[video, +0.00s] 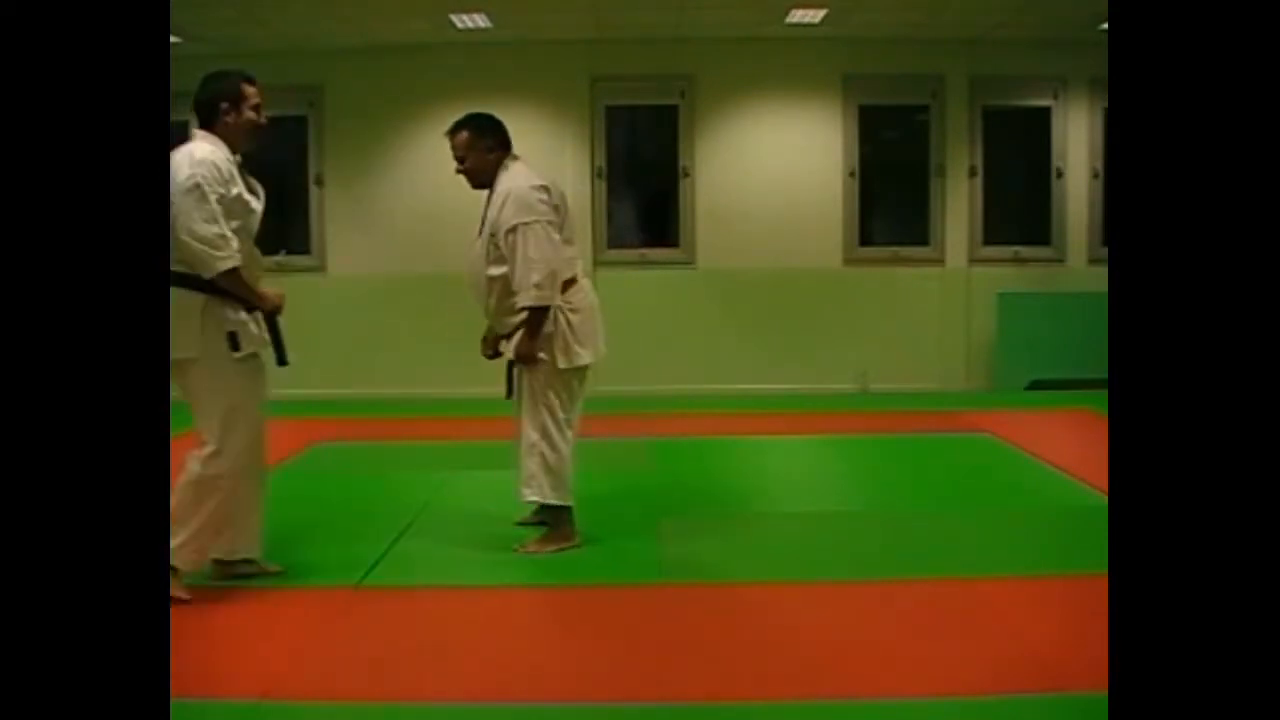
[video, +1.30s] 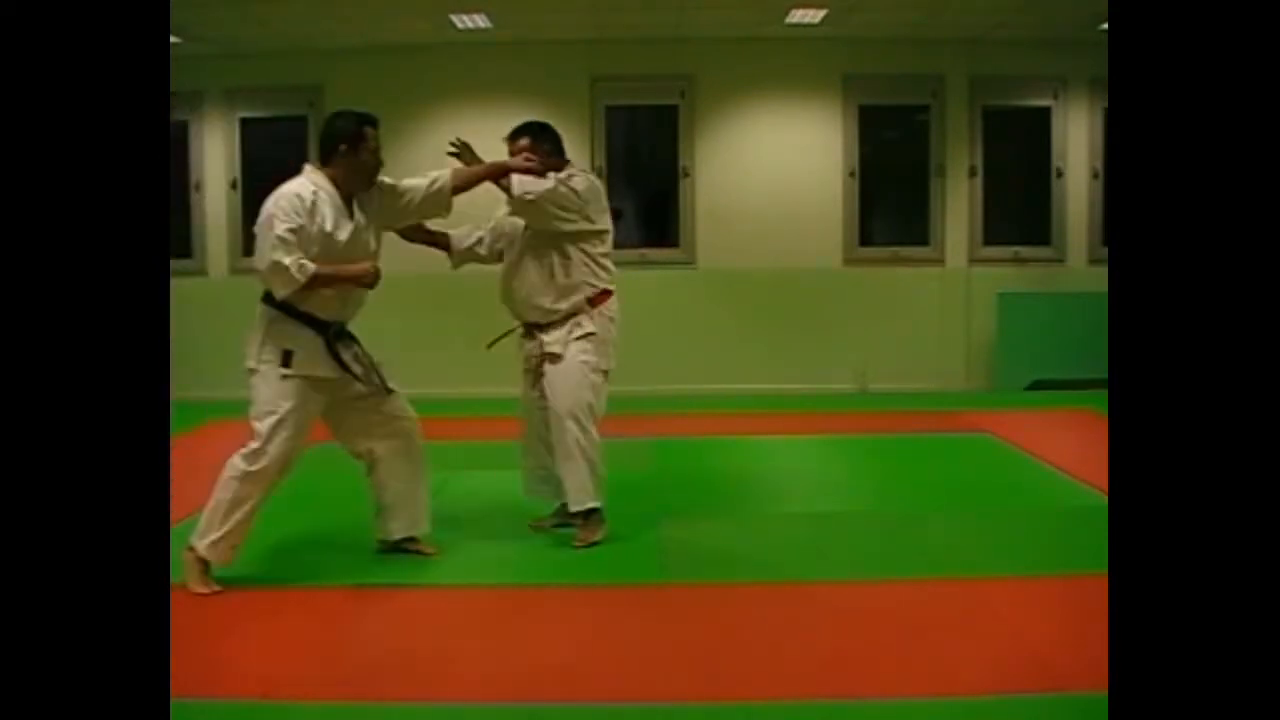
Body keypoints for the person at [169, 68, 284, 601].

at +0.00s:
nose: (262, 116)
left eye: (260, 107)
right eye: (254, 108)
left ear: (225, 114)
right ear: (225, 113)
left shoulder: (220, 163)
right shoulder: (196, 165)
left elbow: (222, 246)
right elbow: (206, 250)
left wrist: (259, 291)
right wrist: (257, 295)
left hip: (231, 315)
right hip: (205, 318)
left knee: (245, 441)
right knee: (225, 443)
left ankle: (234, 553)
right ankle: (175, 557)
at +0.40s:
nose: (204, 134)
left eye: (204, 123)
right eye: (196, 123)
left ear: (191, 128)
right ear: (172, 128)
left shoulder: (184, 192)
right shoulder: (169, 196)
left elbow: (191, 258)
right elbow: (172, 270)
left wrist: (248, 250)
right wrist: (217, 270)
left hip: (184, 342)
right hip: (174, 345)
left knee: (228, 440)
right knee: (222, 442)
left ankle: (231, 553)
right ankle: (231, 552)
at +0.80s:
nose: (200, 149)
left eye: (199, 140)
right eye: (192, 141)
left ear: (187, 146)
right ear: (170, 147)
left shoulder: (194, 201)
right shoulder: (167, 207)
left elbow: (234, 252)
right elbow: (172, 271)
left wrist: (293, 233)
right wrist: (189, 258)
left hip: (207, 349)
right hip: (175, 353)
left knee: (280, 429)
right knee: (175, 462)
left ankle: (301, 539)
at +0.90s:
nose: (232, 157)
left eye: (230, 148)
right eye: (223, 149)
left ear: (204, 154)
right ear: (192, 154)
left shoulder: (224, 207)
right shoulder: (172, 208)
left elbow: (268, 247)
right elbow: (177, 285)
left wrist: (330, 230)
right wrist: (216, 267)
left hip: (230, 354)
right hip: (182, 357)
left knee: (306, 432)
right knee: (175, 475)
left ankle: (361, 527)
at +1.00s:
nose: (264, 161)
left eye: (264, 152)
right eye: (257, 152)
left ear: (229, 155)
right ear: (226, 154)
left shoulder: (253, 206)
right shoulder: (187, 206)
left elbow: (307, 237)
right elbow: (194, 285)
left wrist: (369, 220)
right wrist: (253, 266)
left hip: (256, 355)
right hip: (200, 357)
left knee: (330, 436)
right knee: (178, 474)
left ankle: (384, 526)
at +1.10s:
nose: (318, 162)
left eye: (317, 152)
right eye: (311, 153)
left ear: (284, 155)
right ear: (283, 155)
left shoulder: (304, 201)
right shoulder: (243, 206)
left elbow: (365, 211)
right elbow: (246, 282)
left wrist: (431, 197)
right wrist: (311, 268)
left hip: (300, 351)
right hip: (254, 351)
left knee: (369, 431)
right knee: (206, 463)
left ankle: (387, 534)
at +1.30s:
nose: (380, 162)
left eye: (380, 153)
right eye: (373, 152)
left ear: (352, 152)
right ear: (345, 152)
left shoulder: (370, 197)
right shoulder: (294, 199)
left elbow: (434, 189)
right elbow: (281, 272)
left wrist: (500, 168)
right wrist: (349, 274)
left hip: (335, 344)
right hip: (287, 341)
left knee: (396, 428)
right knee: (271, 448)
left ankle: (399, 535)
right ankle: (202, 552)